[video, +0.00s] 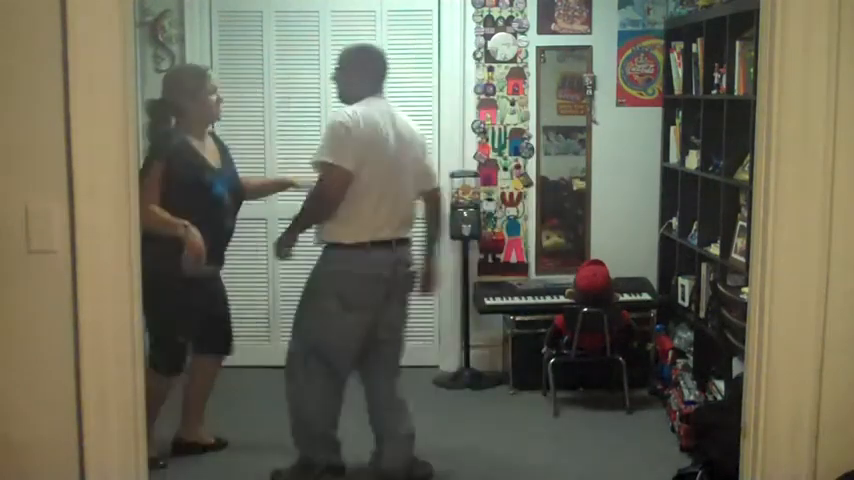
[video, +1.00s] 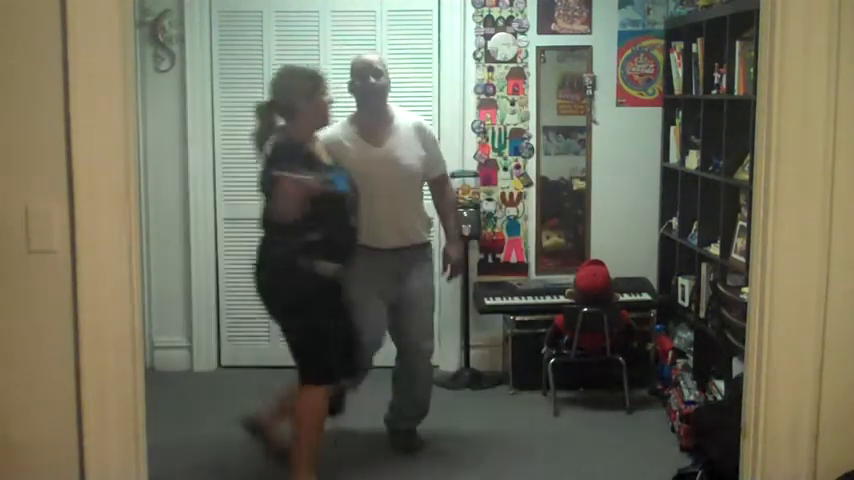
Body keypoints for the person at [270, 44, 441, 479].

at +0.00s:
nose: (335, 78)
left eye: (341, 71)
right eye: (337, 71)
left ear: (359, 74)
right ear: (378, 75)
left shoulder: (347, 121)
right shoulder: (407, 128)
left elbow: (329, 191)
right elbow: (434, 197)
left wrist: (293, 230)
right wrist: (431, 258)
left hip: (349, 264)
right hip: (396, 262)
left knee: (312, 359)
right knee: (382, 365)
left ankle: (318, 459)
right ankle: (396, 458)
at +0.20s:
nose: (308, 84)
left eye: (317, 77)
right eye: (310, 77)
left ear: (343, 81)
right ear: (343, 82)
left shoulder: (361, 123)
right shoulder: (355, 122)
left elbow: (363, 196)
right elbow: (358, 197)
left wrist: (317, 258)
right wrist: (318, 255)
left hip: (356, 263)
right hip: (354, 261)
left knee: (312, 362)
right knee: (325, 358)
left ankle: (317, 458)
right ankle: (380, 424)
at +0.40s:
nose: (303, 84)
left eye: (312, 77)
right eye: (303, 77)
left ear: (339, 82)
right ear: (307, 85)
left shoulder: (372, 123)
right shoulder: (305, 141)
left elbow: (409, 185)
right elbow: (265, 181)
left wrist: (413, 254)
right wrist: (221, 178)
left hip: (383, 253)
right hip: (341, 255)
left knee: (347, 353)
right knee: (327, 348)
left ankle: (326, 457)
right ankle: (367, 429)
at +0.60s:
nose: (325, 73)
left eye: (334, 65)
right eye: (318, 65)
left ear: (349, 72)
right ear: (309, 74)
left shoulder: (387, 118)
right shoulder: (297, 138)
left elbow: (432, 163)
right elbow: (252, 178)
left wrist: (460, 219)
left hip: (398, 242)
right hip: (348, 245)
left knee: (382, 340)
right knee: (342, 345)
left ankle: (392, 440)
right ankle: (361, 434)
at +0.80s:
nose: (349, 66)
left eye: (356, 59)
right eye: (341, 60)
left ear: (370, 68)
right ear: (331, 72)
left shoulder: (406, 116)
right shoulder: (316, 135)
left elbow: (438, 168)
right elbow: (289, 194)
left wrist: (459, 218)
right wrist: (281, 251)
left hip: (411, 247)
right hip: (354, 250)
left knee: (419, 345)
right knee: (348, 346)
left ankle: (404, 422)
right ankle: (358, 427)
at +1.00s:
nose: (370, 83)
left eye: (377, 75)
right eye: (361, 77)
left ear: (389, 82)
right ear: (350, 87)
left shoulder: (416, 130)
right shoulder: (333, 142)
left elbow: (440, 185)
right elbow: (316, 201)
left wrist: (454, 238)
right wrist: (320, 255)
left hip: (414, 256)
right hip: (362, 258)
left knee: (418, 348)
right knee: (365, 337)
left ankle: (404, 425)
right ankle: (337, 384)